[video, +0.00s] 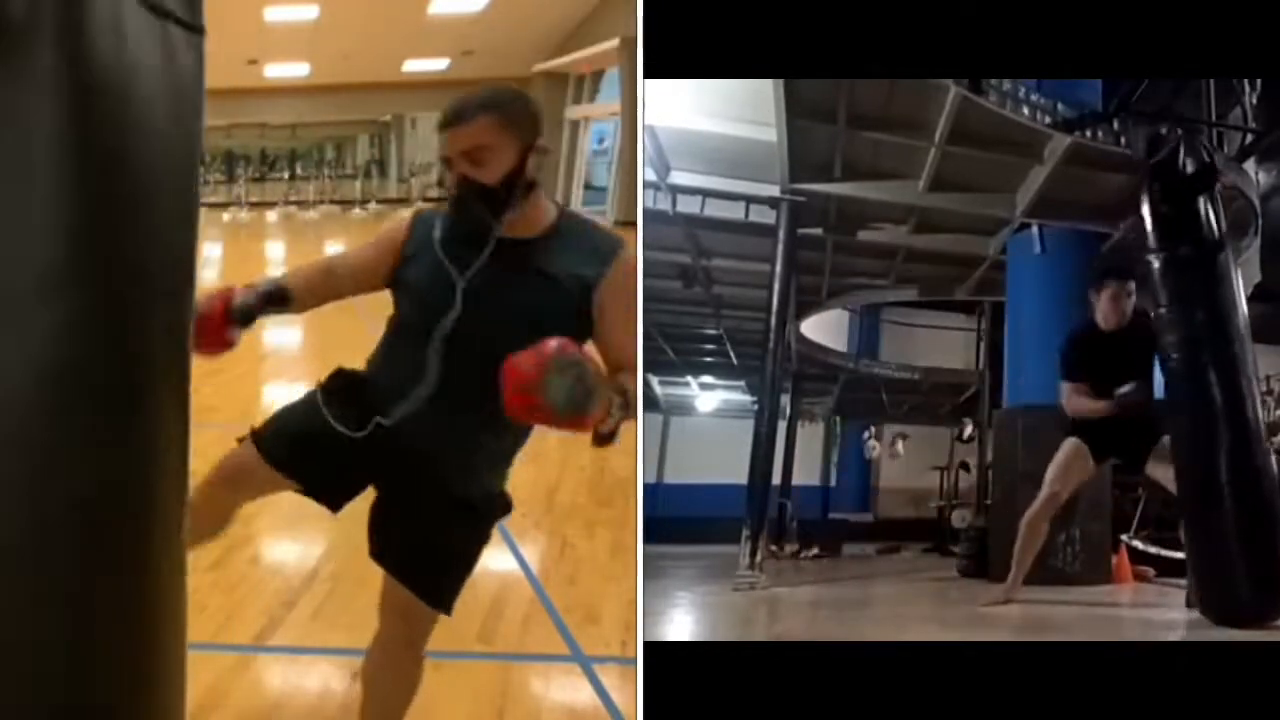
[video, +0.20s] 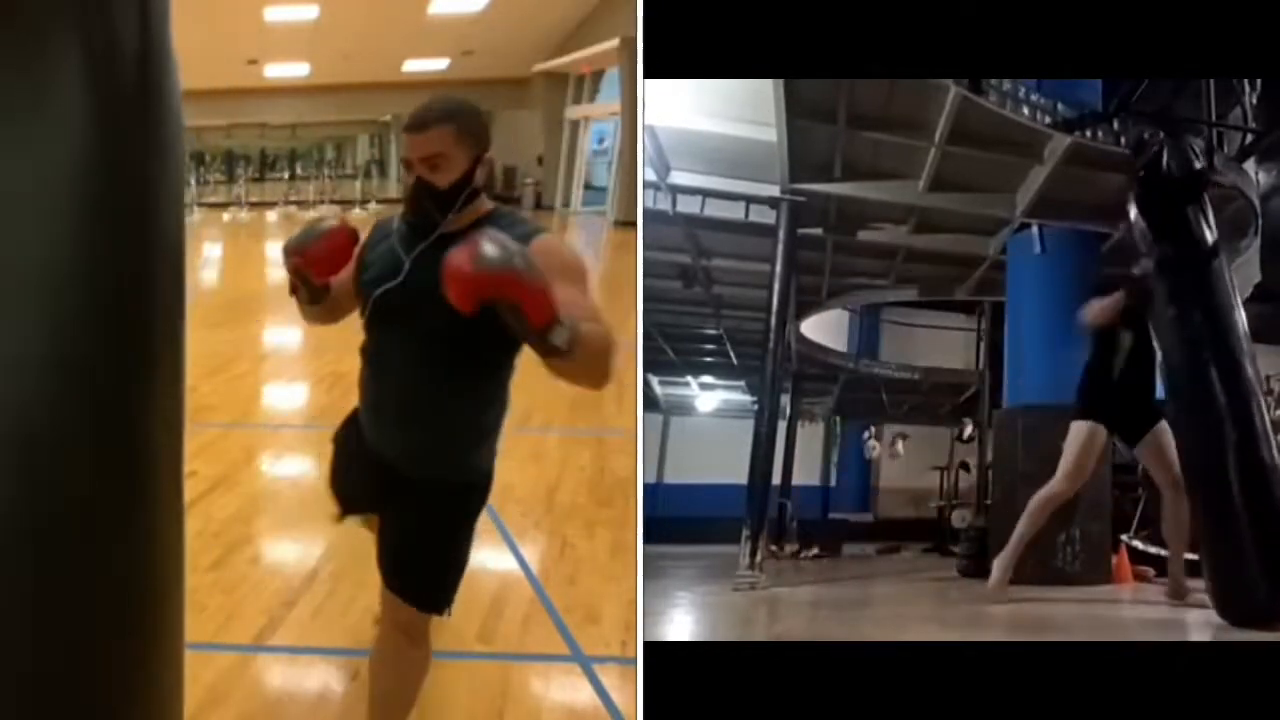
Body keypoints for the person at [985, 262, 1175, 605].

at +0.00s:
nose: (1121, 304)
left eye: (1127, 296)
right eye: (1114, 296)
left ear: (1136, 299)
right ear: (1095, 298)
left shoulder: (1145, 332)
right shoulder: (1079, 340)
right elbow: (1071, 403)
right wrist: (1113, 405)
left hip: (1140, 426)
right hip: (1094, 429)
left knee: (1196, 488)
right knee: (1050, 495)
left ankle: (1211, 581)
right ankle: (1011, 585)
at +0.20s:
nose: (1146, 272)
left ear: (1151, 273)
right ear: (1124, 267)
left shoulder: (1157, 301)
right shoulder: (1110, 293)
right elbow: (1090, 317)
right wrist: (1130, 292)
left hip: (1139, 404)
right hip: (1098, 401)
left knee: (1174, 483)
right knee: (1064, 484)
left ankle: (1177, 580)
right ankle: (1006, 560)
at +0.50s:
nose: (1166, 282)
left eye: (1168, 274)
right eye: (1159, 273)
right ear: (1141, 274)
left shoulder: (1155, 319)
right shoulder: (1113, 304)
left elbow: (1171, 363)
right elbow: (1110, 354)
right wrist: (1157, 353)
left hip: (1118, 419)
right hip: (1073, 414)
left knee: (1164, 485)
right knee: (1030, 486)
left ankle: (1173, 585)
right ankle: (975, 573)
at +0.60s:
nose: (1134, 345)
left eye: (1139, 341)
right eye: (1129, 338)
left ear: (1146, 341)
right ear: (1115, 330)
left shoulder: (1144, 361)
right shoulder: (1078, 340)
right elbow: (1047, 389)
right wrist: (1095, 391)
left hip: (1109, 442)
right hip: (1058, 439)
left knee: (1165, 486)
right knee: (1006, 499)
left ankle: (1174, 586)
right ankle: (965, 584)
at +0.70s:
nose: (1117, 350)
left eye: (1124, 345)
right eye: (1114, 342)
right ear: (1101, 330)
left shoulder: (1125, 359)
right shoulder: (1060, 343)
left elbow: (1133, 411)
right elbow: (1032, 395)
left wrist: (1130, 404)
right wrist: (1078, 376)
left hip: (1095, 443)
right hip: (1045, 440)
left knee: (1156, 492)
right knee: (996, 497)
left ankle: (1173, 586)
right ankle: (963, 585)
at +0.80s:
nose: (1078, 305)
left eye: (1085, 299)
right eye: (1075, 296)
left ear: (1089, 301)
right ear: (1059, 288)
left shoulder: (1075, 329)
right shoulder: (1015, 314)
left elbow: (1089, 383)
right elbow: (1004, 365)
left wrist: (1078, 344)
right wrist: (1045, 330)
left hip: (1053, 422)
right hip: (1002, 421)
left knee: (1091, 490)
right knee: (970, 490)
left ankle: (1121, 574)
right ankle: (959, 578)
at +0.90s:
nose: (1061, 289)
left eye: (1069, 285)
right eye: (1059, 278)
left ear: (1070, 289)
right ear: (1043, 271)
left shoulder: (1055, 317)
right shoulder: (1003, 298)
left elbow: (1077, 365)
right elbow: (989, 343)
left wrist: (1064, 324)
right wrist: (1030, 314)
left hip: (1032, 413)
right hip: (984, 410)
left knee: (1077, 479)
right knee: (957, 477)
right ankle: (949, 574)